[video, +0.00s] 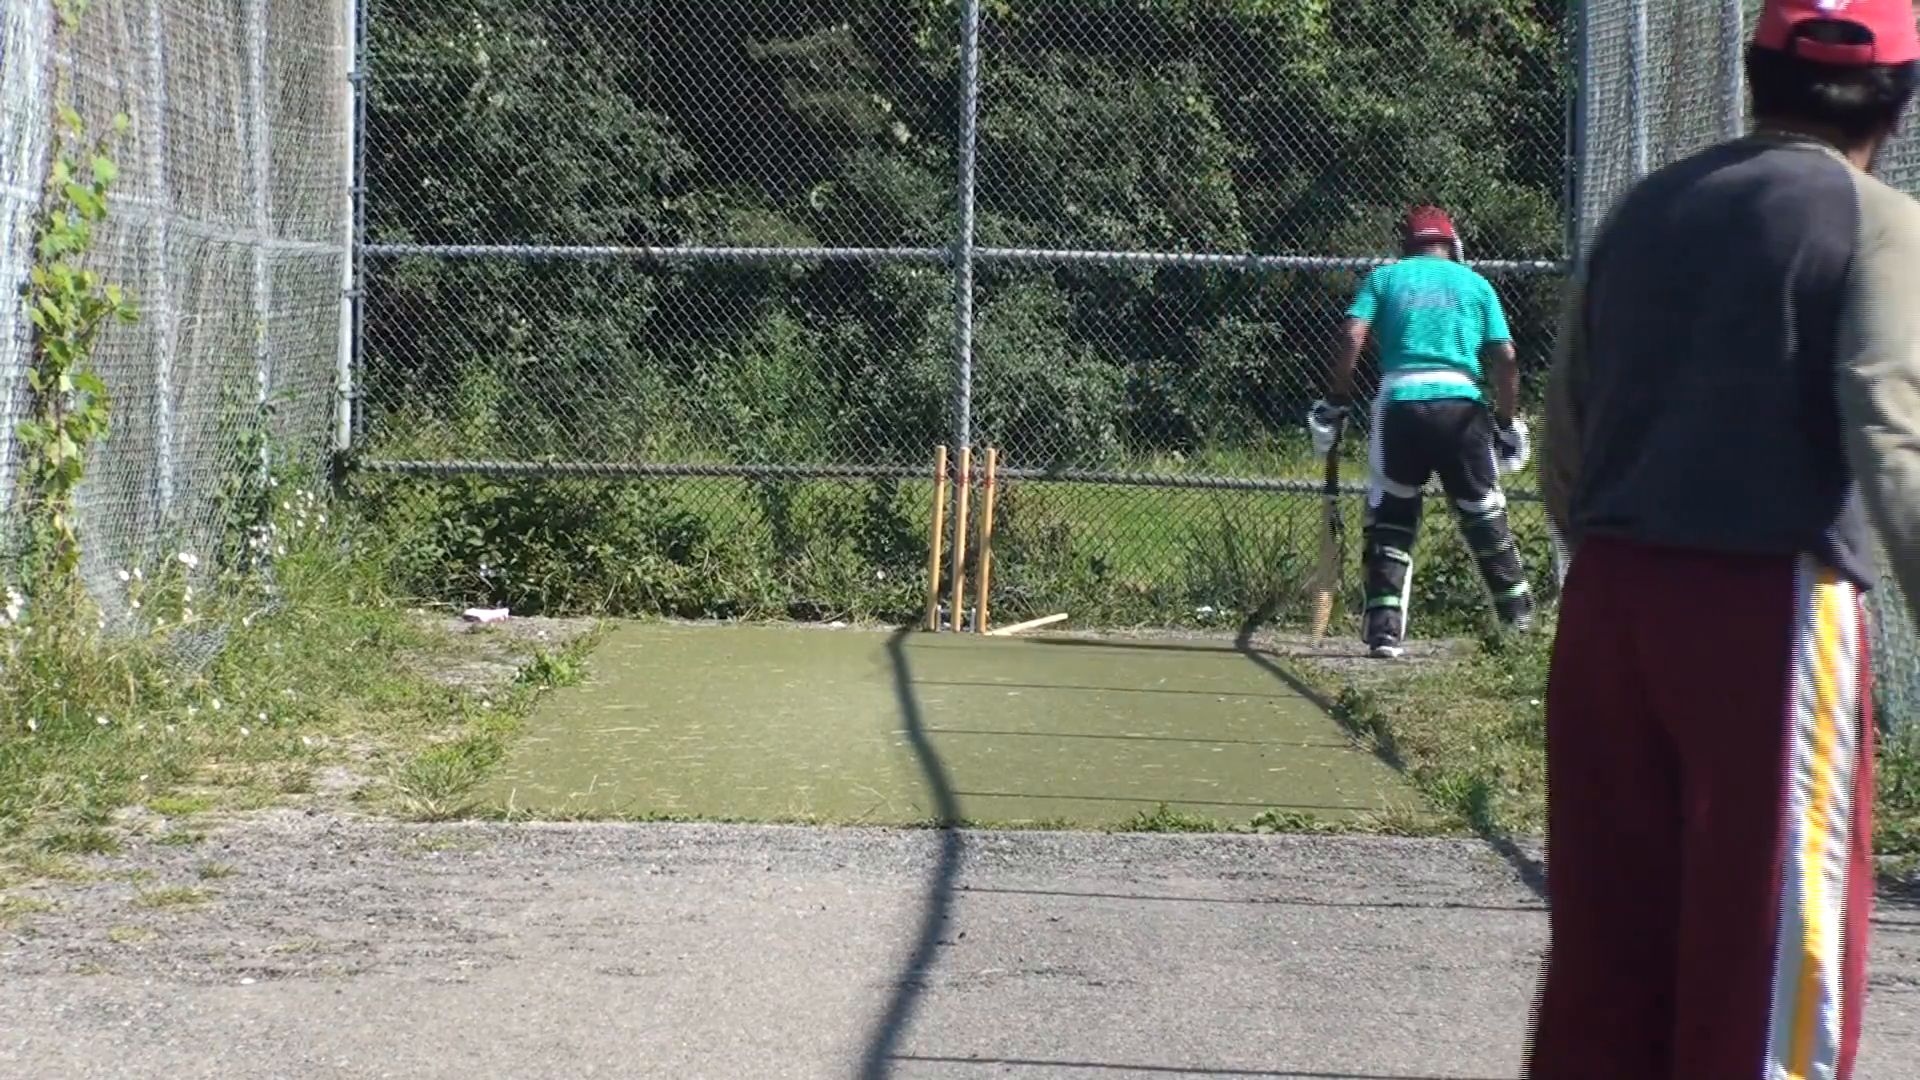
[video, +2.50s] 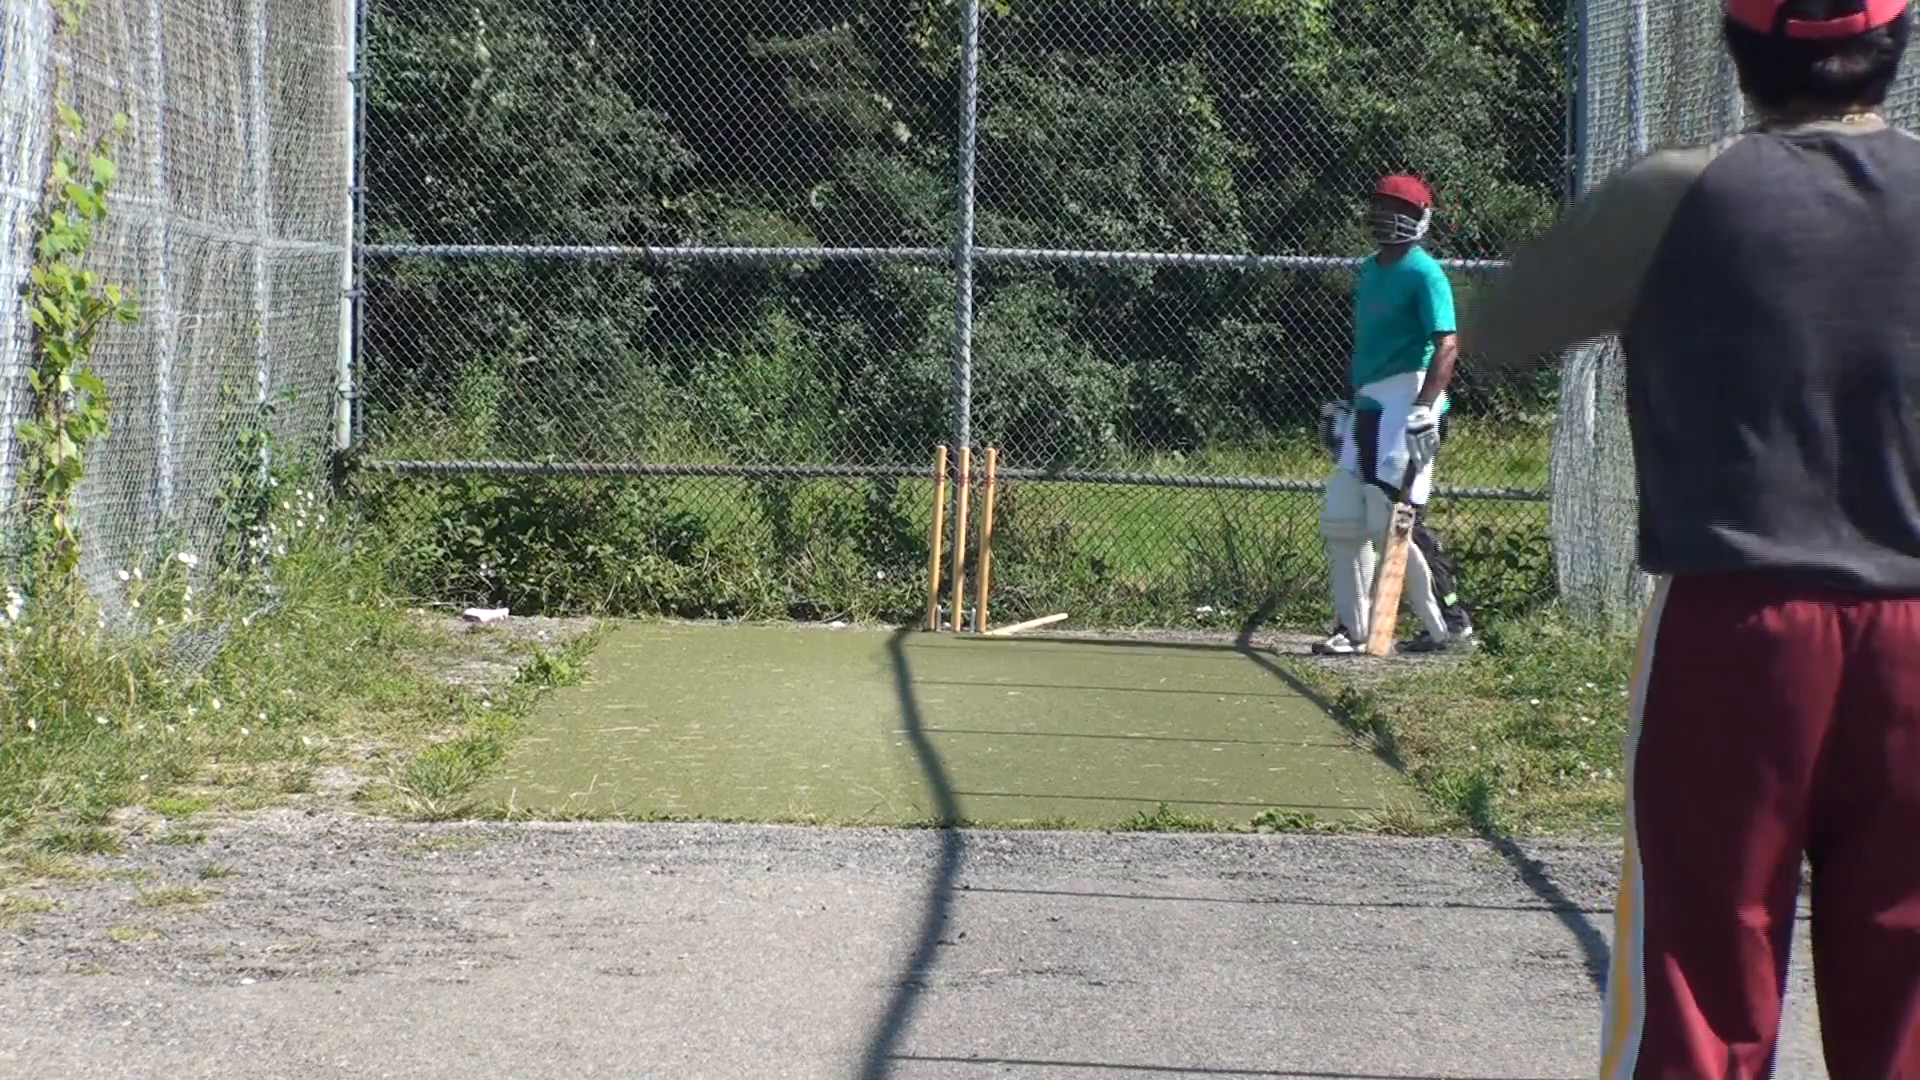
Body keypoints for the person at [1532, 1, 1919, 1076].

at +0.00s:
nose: (1900, 114)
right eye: (1899, 98)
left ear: (1758, 88)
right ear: (1887, 109)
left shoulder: (1643, 204)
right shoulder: (1873, 217)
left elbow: (1565, 415)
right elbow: (1889, 441)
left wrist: (1604, 561)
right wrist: (1911, 597)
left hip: (1609, 601)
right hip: (1778, 609)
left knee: (1604, 939)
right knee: (1778, 945)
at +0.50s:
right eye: (1856, 73)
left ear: (1722, 84)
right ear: (1863, 95)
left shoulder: (1620, 215)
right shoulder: (1906, 223)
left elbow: (1529, 472)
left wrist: (1612, 636)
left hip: (1661, 627)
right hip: (1865, 640)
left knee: (1621, 985)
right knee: (1872, 985)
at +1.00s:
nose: (1769, 81)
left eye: (1773, 61)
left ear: (1787, 67)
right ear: (1912, 77)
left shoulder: (1706, 201)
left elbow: (1636, 459)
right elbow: (1640, 461)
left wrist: (1698, 615)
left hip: (1749, 634)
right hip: (1910, 646)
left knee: (1697, 995)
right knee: (1913, 1001)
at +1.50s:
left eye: (1659, 61)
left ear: (1667, 72)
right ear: (1817, 68)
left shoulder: (1593, 218)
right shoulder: (1899, 199)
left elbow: (1500, 482)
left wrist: (1583, 658)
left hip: (1685, 637)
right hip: (1887, 637)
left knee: (1674, 994)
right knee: (1883, 990)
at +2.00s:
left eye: (1735, 37)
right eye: (1869, 40)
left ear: (1735, 54)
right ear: (1881, 66)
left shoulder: (1652, 201)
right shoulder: (1912, 190)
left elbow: (1585, 458)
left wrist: (1650, 615)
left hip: (1723, 625)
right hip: (1902, 629)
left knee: (1696, 962)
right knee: (1890, 968)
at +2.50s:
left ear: (1742, 52)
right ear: (1893, 51)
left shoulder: (1680, 196)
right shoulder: (1919, 183)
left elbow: (1495, 330)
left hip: (1736, 647)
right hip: (1913, 651)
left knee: (1706, 992)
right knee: (1902, 996)